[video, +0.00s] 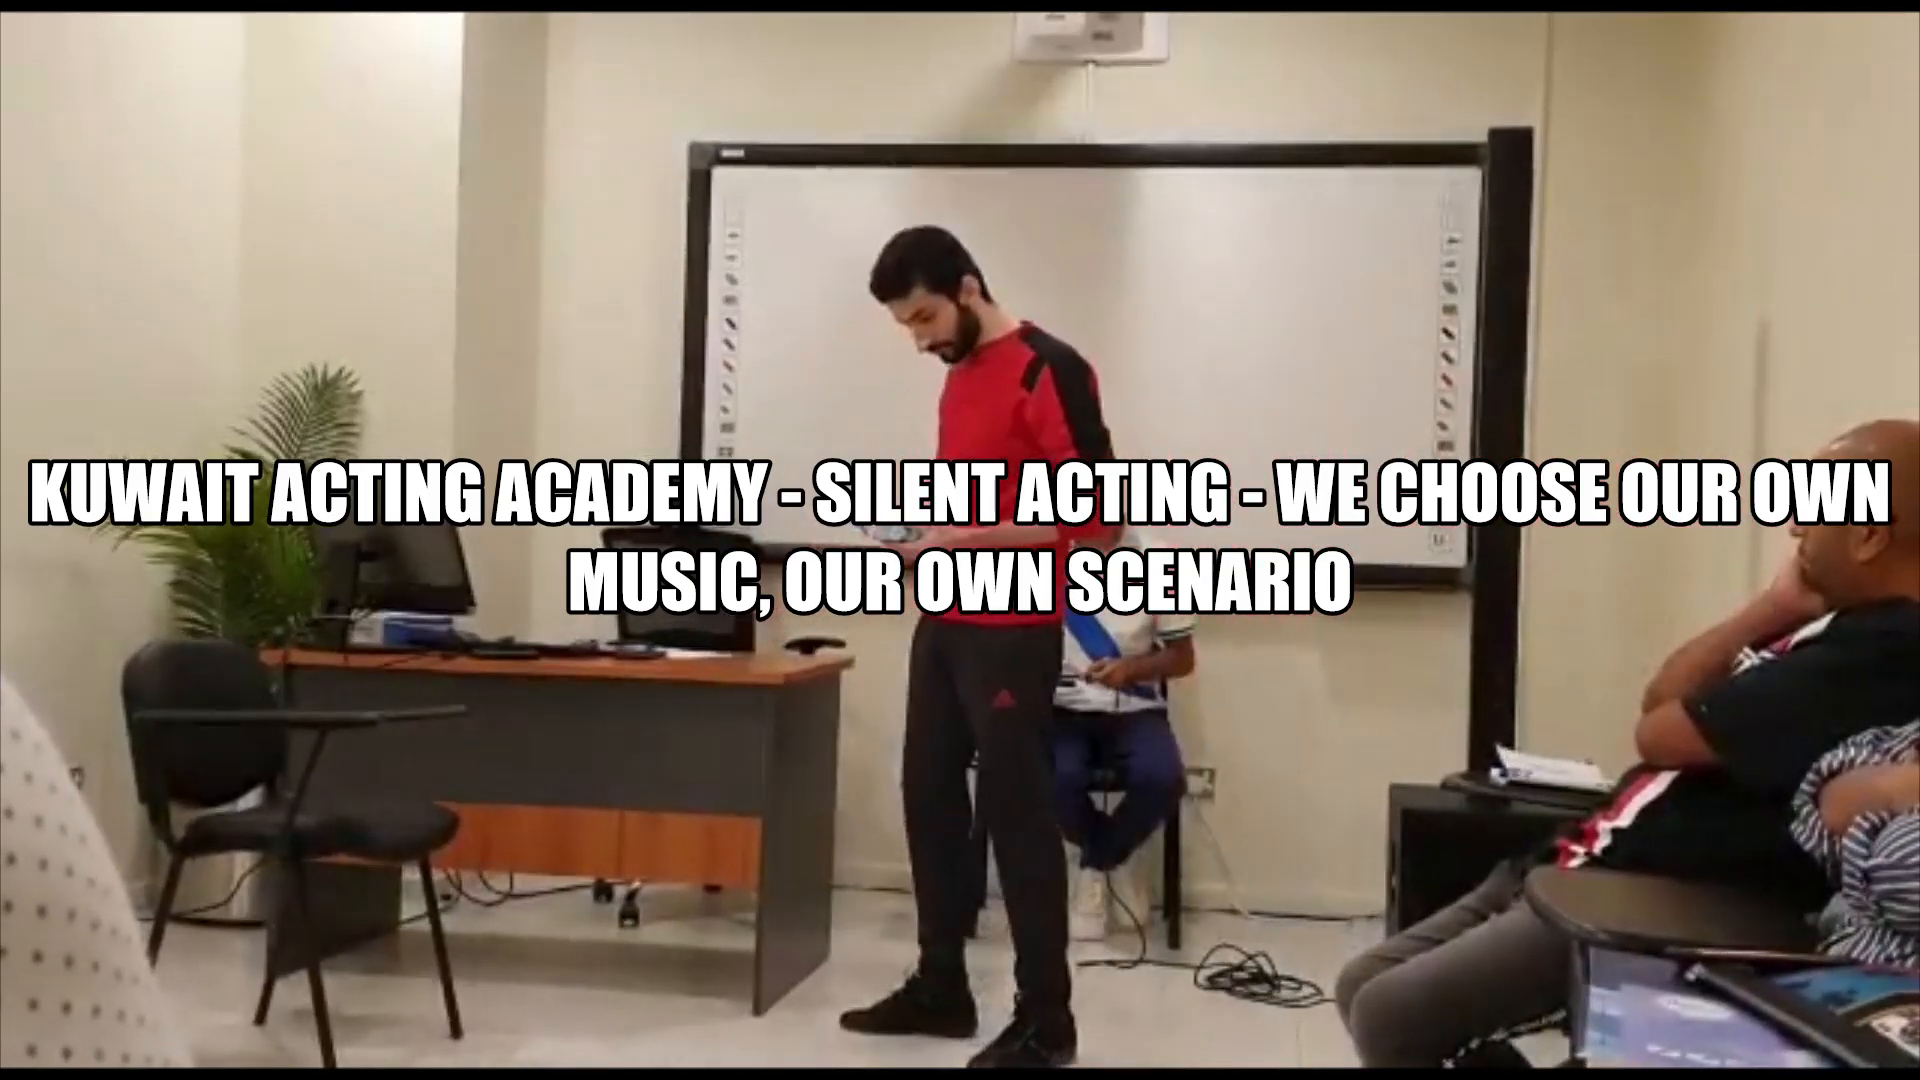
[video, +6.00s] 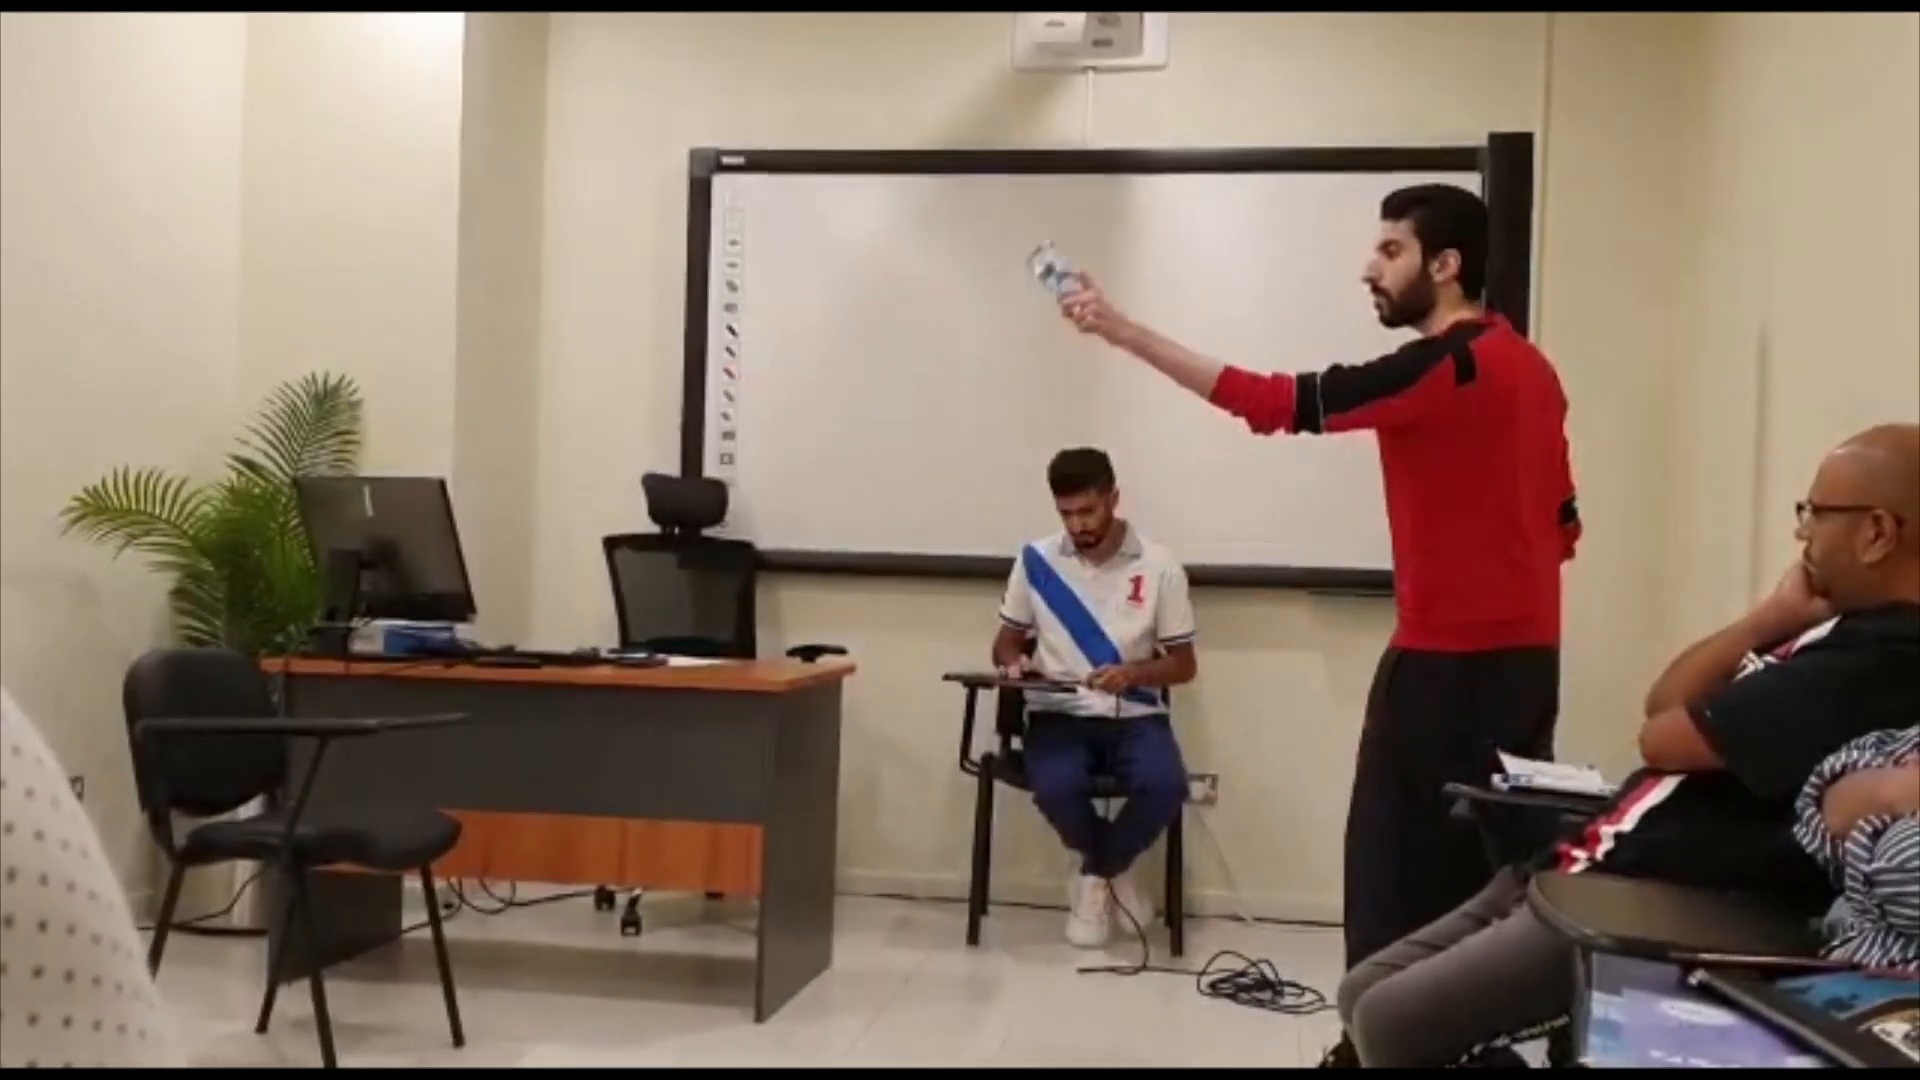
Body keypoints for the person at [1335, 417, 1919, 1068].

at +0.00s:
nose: (1796, 534)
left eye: (1814, 513)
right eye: (1801, 512)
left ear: (1873, 533)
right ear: (1873, 534)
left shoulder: (1885, 646)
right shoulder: (1847, 626)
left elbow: (1663, 738)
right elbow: (1663, 696)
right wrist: (1782, 603)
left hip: (1636, 902)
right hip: (1587, 860)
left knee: (1387, 1018)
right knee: (1363, 983)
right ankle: (1491, 1061)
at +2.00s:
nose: (1795, 536)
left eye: (1806, 517)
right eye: (1798, 516)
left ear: (1873, 533)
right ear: (1872, 533)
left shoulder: (1883, 651)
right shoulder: (1846, 628)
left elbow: (1665, 744)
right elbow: (1662, 703)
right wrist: (1778, 611)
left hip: (1640, 906)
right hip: (1588, 862)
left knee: (1389, 1022)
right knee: (1364, 988)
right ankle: (1489, 1060)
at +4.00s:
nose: (1803, 534)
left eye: (1817, 515)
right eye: (1808, 514)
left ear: (1883, 535)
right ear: (1882, 535)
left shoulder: (1887, 652)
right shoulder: (1851, 628)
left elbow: (1666, 744)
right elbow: (1665, 701)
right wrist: (1781, 612)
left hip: (1642, 909)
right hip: (1592, 866)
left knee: (1389, 1022)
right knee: (1365, 988)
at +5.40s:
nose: (1800, 537)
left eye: (1813, 517)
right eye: (1804, 516)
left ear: (1880, 534)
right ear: (1880, 535)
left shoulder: (1882, 654)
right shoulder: (1856, 630)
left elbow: (1667, 745)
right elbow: (1665, 705)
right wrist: (1781, 614)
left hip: (1635, 909)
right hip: (1585, 866)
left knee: (1387, 1023)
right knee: (1366, 989)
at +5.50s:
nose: (1800, 536)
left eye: (1813, 516)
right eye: (1805, 515)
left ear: (1880, 535)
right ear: (1880, 535)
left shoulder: (1880, 655)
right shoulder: (1857, 630)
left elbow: (1667, 744)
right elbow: (1666, 706)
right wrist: (1781, 614)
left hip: (1631, 910)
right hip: (1582, 867)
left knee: (1388, 1023)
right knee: (1367, 991)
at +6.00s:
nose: (1800, 535)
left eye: (1813, 515)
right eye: (1804, 515)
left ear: (1880, 534)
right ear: (1880, 534)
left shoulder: (1879, 654)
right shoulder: (1856, 629)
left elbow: (1665, 742)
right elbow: (1664, 703)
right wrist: (1782, 612)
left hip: (1628, 909)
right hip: (1580, 865)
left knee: (1385, 1023)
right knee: (1363, 990)